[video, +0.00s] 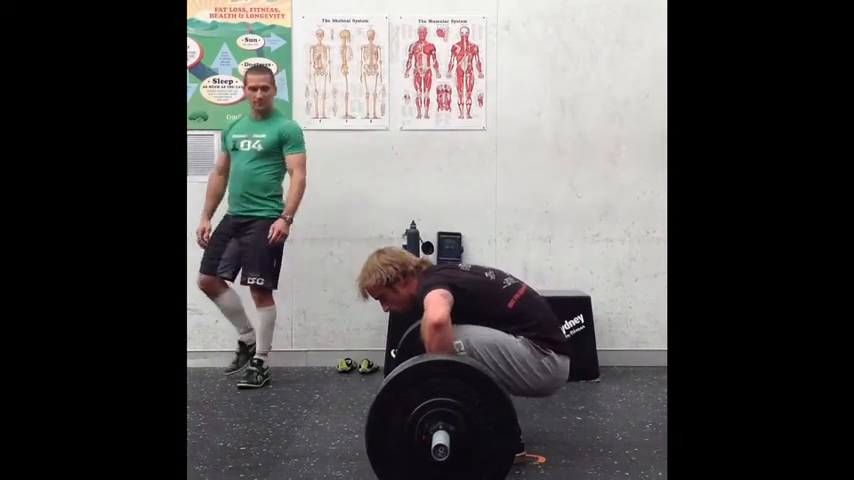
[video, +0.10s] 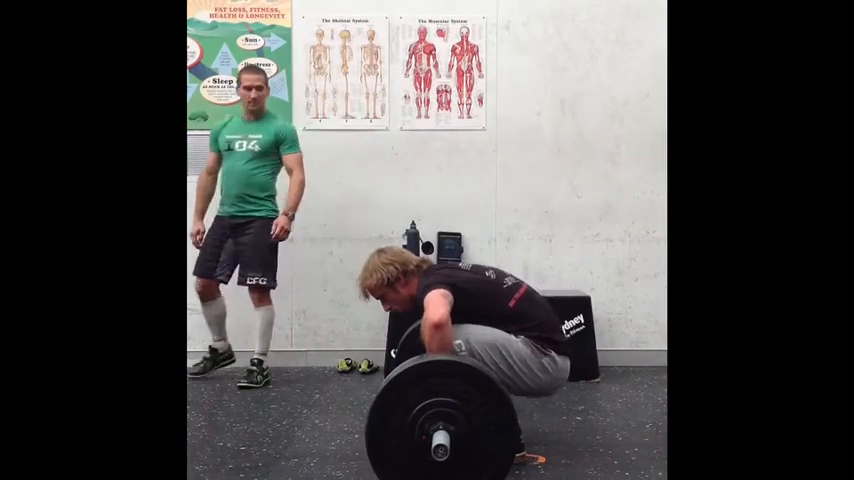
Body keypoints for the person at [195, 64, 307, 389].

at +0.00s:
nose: (258, 94)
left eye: (264, 88)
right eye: (253, 89)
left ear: (274, 90)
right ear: (244, 91)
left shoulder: (287, 129)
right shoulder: (234, 128)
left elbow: (298, 176)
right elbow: (220, 173)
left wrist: (287, 217)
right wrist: (206, 216)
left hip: (266, 220)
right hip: (233, 219)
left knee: (260, 289)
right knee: (209, 282)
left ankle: (261, 363)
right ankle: (248, 339)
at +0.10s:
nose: (253, 94)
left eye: (259, 88)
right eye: (247, 88)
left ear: (268, 91)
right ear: (238, 91)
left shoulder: (281, 129)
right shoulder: (223, 129)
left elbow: (297, 175)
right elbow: (209, 173)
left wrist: (287, 214)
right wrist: (199, 217)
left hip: (261, 221)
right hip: (225, 220)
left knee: (259, 290)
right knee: (205, 284)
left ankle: (259, 363)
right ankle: (221, 349)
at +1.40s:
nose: (206, 94)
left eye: (211, 88)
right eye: (200, 89)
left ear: (218, 93)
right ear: (190, 93)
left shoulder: (237, 129)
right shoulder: (186, 127)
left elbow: (273, 159)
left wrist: (248, 187)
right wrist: (186, 179)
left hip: (219, 221)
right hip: (187, 220)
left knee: (216, 289)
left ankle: (215, 355)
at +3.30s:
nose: (188, 87)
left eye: (191, 83)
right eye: (185, 82)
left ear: (196, 88)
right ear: (181, 87)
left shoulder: (206, 126)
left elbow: (240, 163)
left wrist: (223, 187)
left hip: (195, 217)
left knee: (192, 290)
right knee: (191, 290)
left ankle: (194, 357)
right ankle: (192, 358)